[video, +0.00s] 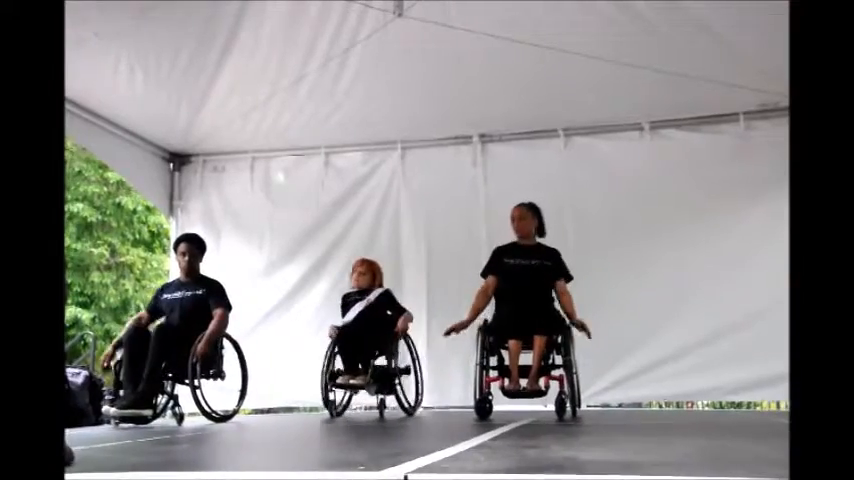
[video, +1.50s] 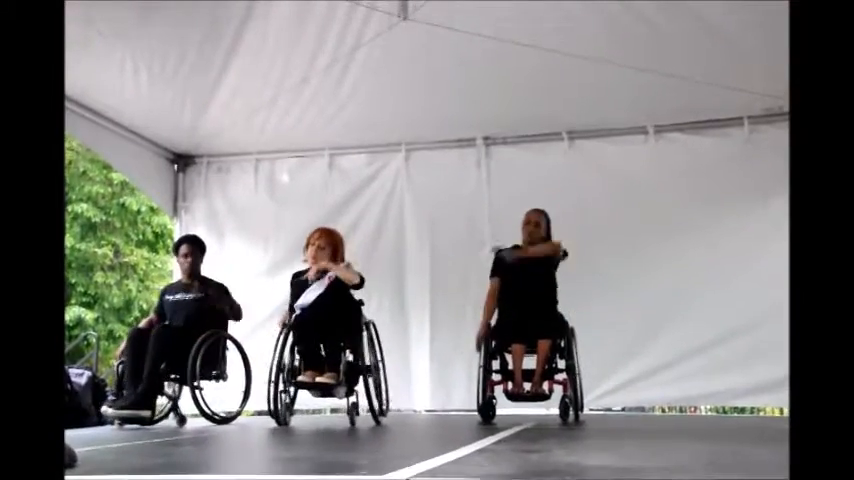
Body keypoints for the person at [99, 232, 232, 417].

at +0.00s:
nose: (188, 259)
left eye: (193, 254)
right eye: (183, 254)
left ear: (201, 257)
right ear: (176, 257)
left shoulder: (211, 287)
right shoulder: (166, 290)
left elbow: (221, 317)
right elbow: (142, 319)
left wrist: (206, 342)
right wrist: (114, 346)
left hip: (199, 353)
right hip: (170, 351)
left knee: (163, 331)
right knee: (135, 333)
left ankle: (144, 399)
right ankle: (130, 398)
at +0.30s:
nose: (187, 257)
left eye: (192, 252)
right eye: (182, 252)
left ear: (201, 255)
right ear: (176, 255)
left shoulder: (211, 286)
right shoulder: (167, 288)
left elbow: (218, 315)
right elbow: (142, 310)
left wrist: (204, 340)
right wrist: (121, 326)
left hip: (200, 350)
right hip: (172, 349)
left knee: (161, 330)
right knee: (136, 332)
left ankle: (145, 397)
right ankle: (131, 396)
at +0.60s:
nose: (180, 254)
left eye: (184, 249)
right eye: (176, 250)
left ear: (195, 252)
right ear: (171, 254)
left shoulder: (209, 283)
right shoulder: (165, 285)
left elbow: (221, 311)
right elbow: (140, 299)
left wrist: (206, 337)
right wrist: (155, 267)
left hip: (200, 350)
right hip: (171, 347)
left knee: (164, 328)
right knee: (138, 329)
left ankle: (147, 394)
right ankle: (132, 394)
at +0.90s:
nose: (184, 255)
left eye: (189, 249)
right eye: (179, 250)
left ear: (199, 252)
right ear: (174, 254)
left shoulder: (213, 285)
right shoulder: (166, 287)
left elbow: (231, 314)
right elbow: (145, 317)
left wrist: (220, 319)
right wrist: (133, 294)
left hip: (204, 352)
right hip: (173, 349)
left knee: (170, 329)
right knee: (141, 329)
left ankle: (151, 396)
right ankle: (136, 396)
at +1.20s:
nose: (188, 258)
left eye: (193, 252)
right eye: (184, 253)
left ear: (203, 255)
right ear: (178, 257)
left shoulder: (214, 286)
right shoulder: (169, 289)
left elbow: (218, 309)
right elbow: (156, 317)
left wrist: (190, 281)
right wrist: (130, 337)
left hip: (205, 351)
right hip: (175, 350)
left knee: (167, 331)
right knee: (138, 332)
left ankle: (149, 399)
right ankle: (134, 398)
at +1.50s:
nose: (190, 261)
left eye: (195, 256)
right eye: (185, 256)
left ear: (201, 258)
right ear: (177, 259)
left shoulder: (215, 289)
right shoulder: (168, 291)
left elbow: (237, 315)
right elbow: (156, 319)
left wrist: (211, 297)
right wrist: (129, 340)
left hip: (205, 353)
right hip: (175, 352)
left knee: (162, 333)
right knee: (136, 334)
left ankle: (146, 401)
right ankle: (132, 398)